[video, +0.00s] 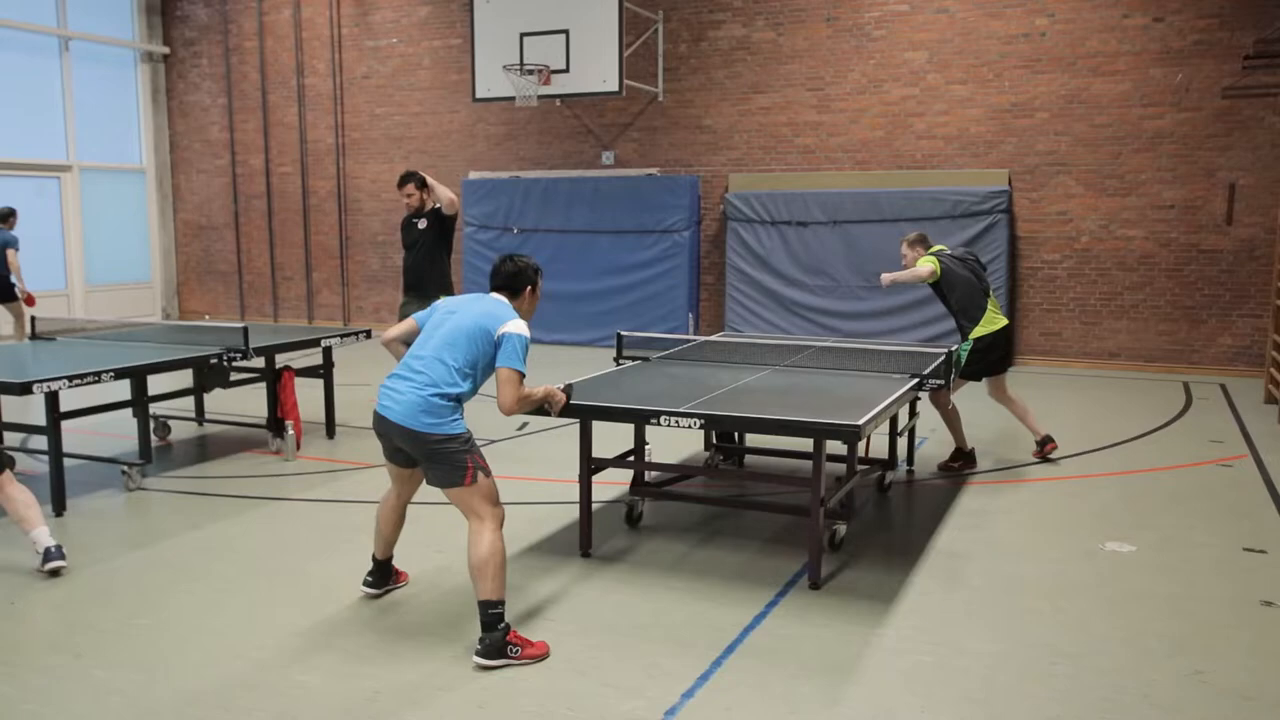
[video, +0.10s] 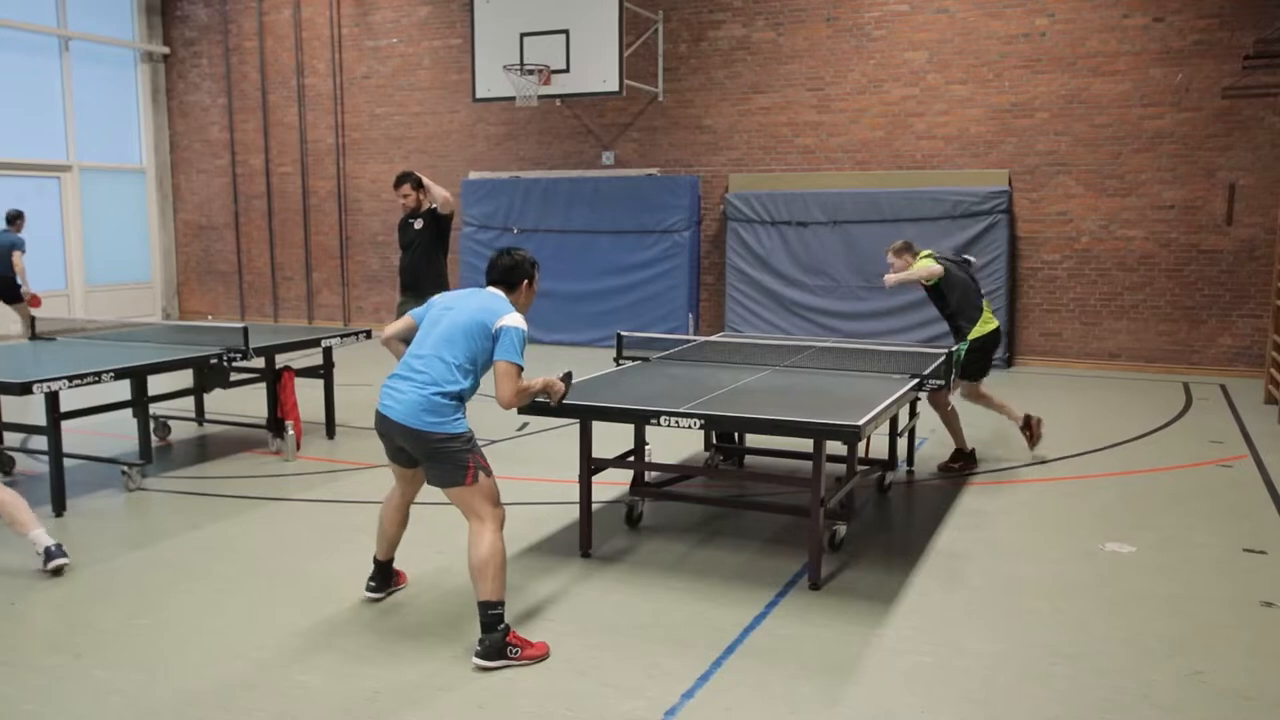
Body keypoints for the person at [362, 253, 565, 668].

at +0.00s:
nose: (538, 298)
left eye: (538, 291)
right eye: (538, 291)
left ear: (494, 287)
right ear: (528, 291)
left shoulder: (450, 303)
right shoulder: (513, 323)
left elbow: (391, 337)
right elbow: (510, 403)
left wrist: (423, 370)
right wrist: (544, 394)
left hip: (389, 411)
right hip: (434, 422)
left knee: (401, 486)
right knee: (487, 516)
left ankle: (379, 572)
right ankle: (495, 637)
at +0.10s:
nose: (535, 294)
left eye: (536, 286)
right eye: (535, 286)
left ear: (490, 280)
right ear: (525, 285)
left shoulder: (447, 298)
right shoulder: (510, 317)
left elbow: (391, 335)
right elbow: (509, 397)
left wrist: (421, 368)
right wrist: (542, 385)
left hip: (390, 411)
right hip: (436, 422)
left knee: (404, 484)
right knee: (487, 516)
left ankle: (380, 574)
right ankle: (494, 637)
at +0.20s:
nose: (525, 292)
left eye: (527, 285)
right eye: (526, 284)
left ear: (482, 274)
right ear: (516, 281)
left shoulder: (438, 296)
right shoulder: (498, 314)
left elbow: (387, 338)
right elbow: (502, 391)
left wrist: (423, 364)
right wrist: (540, 377)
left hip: (394, 419)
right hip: (439, 427)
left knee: (409, 488)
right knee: (486, 519)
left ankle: (380, 577)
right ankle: (494, 637)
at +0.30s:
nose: (527, 278)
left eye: (528, 270)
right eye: (527, 269)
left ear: (484, 260)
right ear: (515, 265)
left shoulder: (439, 280)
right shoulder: (491, 298)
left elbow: (388, 325)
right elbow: (487, 375)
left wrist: (420, 351)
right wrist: (532, 367)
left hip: (391, 403)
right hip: (432, 411)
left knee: (403, 483)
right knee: (475, 504)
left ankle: (379, 577)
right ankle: (489, 619)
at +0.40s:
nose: (528, 267)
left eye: (529, 258)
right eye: (528, 258)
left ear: (486, 251)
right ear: (515, 255)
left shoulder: (441, 272)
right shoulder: (489, 289)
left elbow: (390, 315)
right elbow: (488, 367)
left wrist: (431, 339)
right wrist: (536, 360)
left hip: (391, 395)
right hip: (432, 405)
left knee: (400, 480)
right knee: (475, 501)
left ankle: (370, 573)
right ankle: (456, 619)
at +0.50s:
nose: (520, 271)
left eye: (522, 263)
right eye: (522, 262)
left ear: (479, 252)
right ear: (509, 258)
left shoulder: (434, 276)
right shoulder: (485, 295)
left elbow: (386, 325)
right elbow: (500, 375)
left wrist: (429, 344)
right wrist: (546, 357)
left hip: (398, 405)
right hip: (438, 413)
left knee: (403, 484)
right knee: (475, 507)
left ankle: (361, 573)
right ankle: (455, 624)